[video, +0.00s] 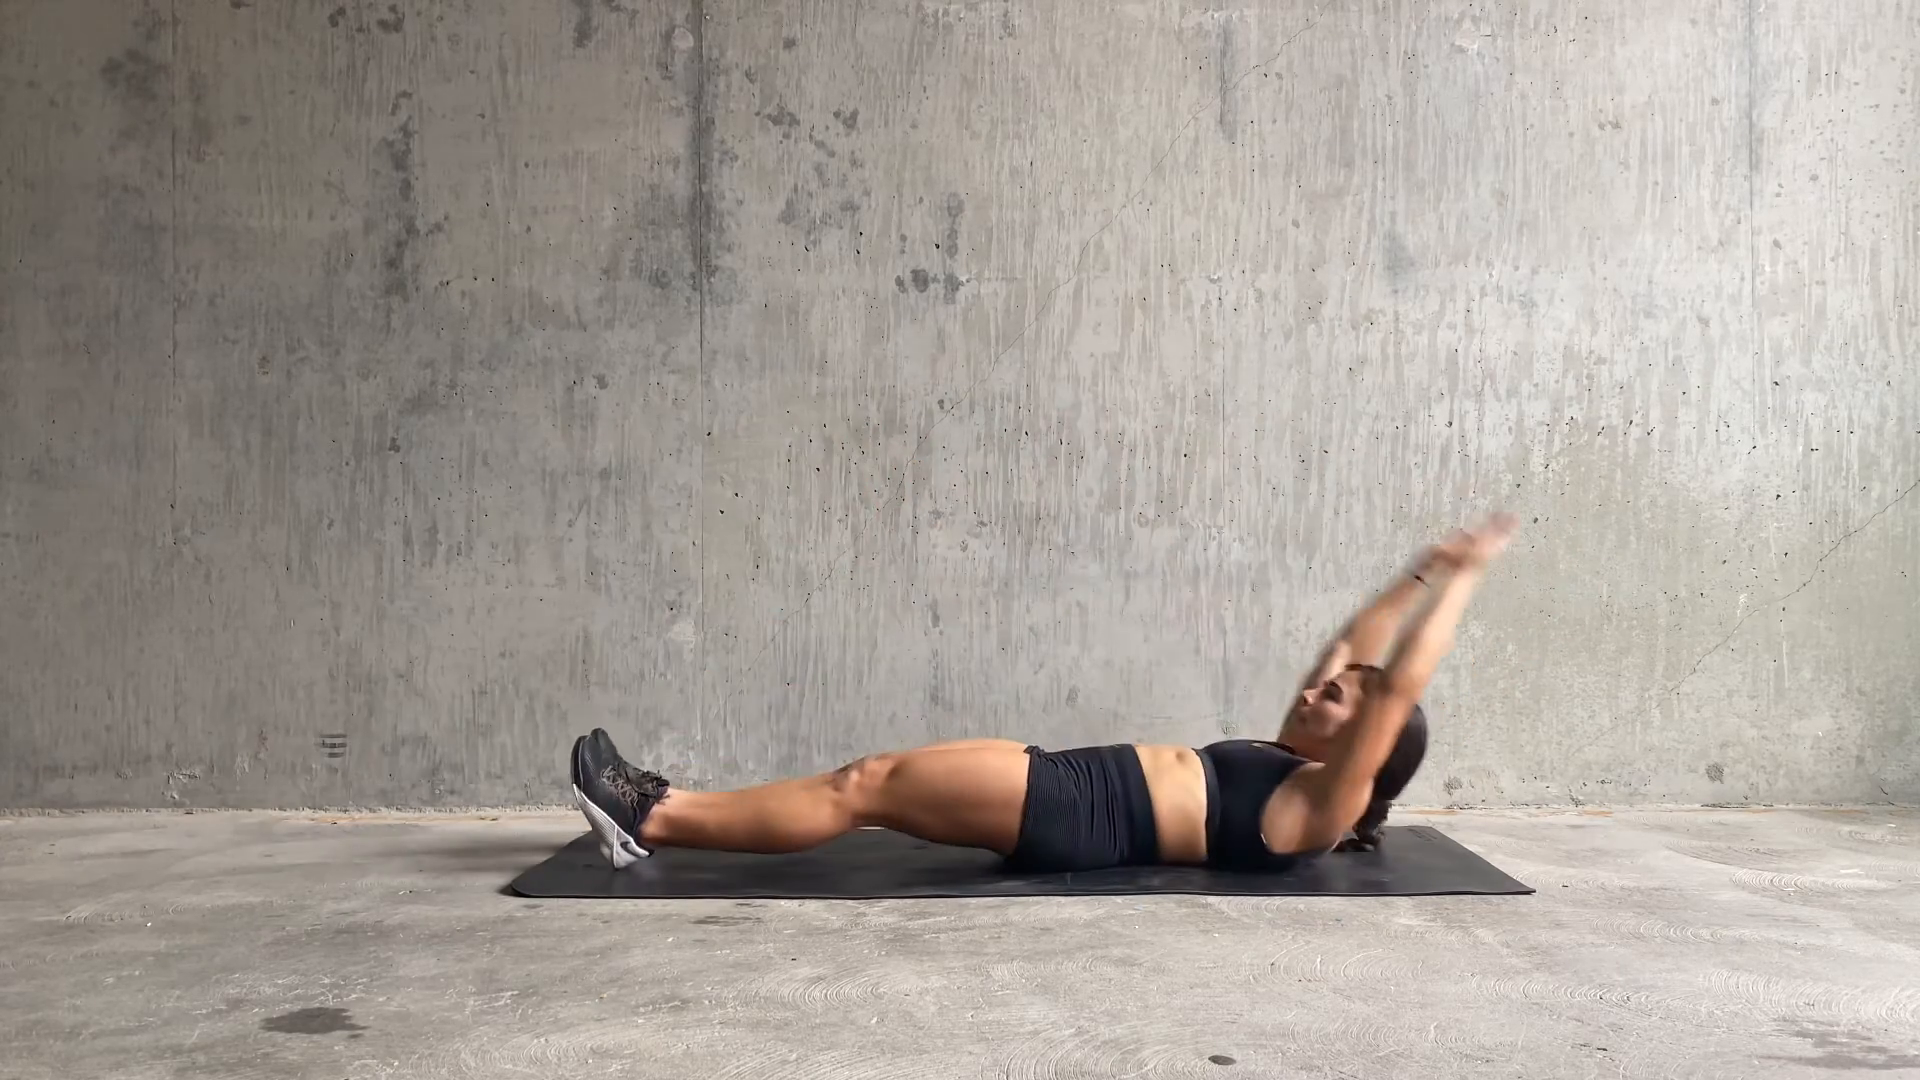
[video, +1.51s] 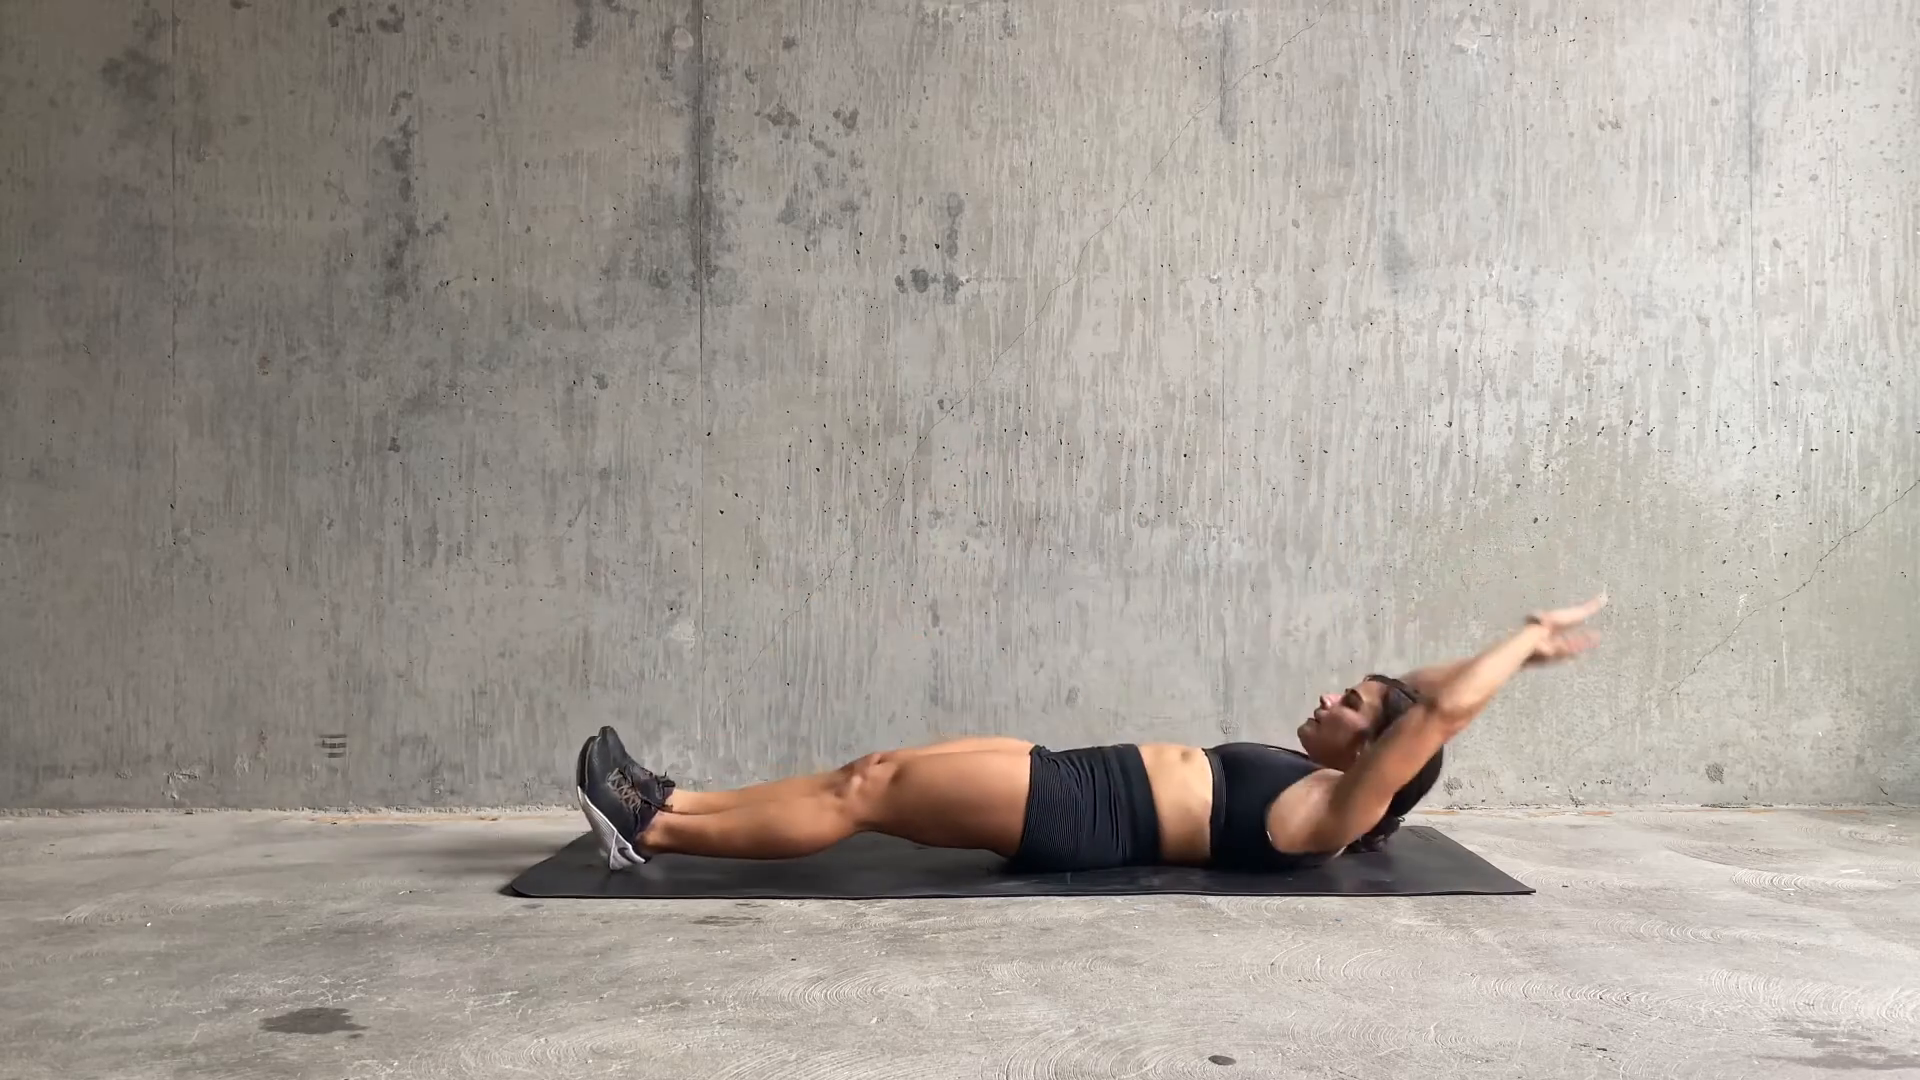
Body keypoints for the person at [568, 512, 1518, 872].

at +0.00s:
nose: (1315, 696)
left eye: (1339, 695)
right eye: (1326, 681)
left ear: (1369, 729)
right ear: (1319, 693)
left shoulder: (1321, 807)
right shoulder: (1297, 773)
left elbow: (1399, 689)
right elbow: (1353, 657)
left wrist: (1457, 581)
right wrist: (1419, 573)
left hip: (1087, 807)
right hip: (1082, 781)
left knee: (873, 787)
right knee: (877, 777)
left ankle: (656, 822)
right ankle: (671, 814)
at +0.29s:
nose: (1338, 701)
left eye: (1356, 702)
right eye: (1346, 696)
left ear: (1372, 748)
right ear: (1361, 744)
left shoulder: (1326, 809)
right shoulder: (1304, 775)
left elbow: (1369, 665)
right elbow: (1318, 654)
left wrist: (1408, 549)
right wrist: (1387, 557)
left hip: (1082, 807)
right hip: (1082, 777)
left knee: (871, 784)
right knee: (873, 768)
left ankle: (658, 822)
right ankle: (671, 810)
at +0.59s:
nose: (1197, 599)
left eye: (1214, 592)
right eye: (1206, 588)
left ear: (1251, 621)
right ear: (1251, 621)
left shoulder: (1220, 682)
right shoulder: (1232, 683)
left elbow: (1080, 622)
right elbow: (1076, 656)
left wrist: (962, 547)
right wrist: (965, 604)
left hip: (1065, 811)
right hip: (1060, 773)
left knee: (848, 772)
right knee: (922, 639)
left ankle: (634, 825)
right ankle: (754, 530)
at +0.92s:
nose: (1163, 548)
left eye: (1180, 541)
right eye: (1174, 535)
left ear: (1216, 571)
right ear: (1218, 577)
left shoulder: (1181, 643)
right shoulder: (1194, 641)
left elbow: (1057, 580)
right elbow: (1043, 625)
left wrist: (945, 496)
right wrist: (946, 575)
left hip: (1060, 812)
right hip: (1062, 780)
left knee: (843, 779)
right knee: (957, 617)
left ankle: (630, 822)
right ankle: (807, 487)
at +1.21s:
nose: (1271, 662)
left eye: (1289, 658)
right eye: (1282, 649)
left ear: (1324, 694)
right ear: (1319, 689)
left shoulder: (1291, 756)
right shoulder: (1272, 736)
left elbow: (1229, 615)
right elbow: (1203, 620)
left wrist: (1201, 492)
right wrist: (1188, 498)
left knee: (862, 789)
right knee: (871, 720)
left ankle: (641, 829)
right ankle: (670, 708)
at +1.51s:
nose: (1336, 698)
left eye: (1356, 702)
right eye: (1350, 691)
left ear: (1373, 750)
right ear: (1344, 728)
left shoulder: (1322, 814)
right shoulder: (1308, 784)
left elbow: (1435, 714)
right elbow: (1428, 712)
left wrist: (1531, 646)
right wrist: (1517, 649)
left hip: (1087, 806)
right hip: (1086, 782)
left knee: (870, 789)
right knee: (871, 776)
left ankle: (652, 842)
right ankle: (666, 809)